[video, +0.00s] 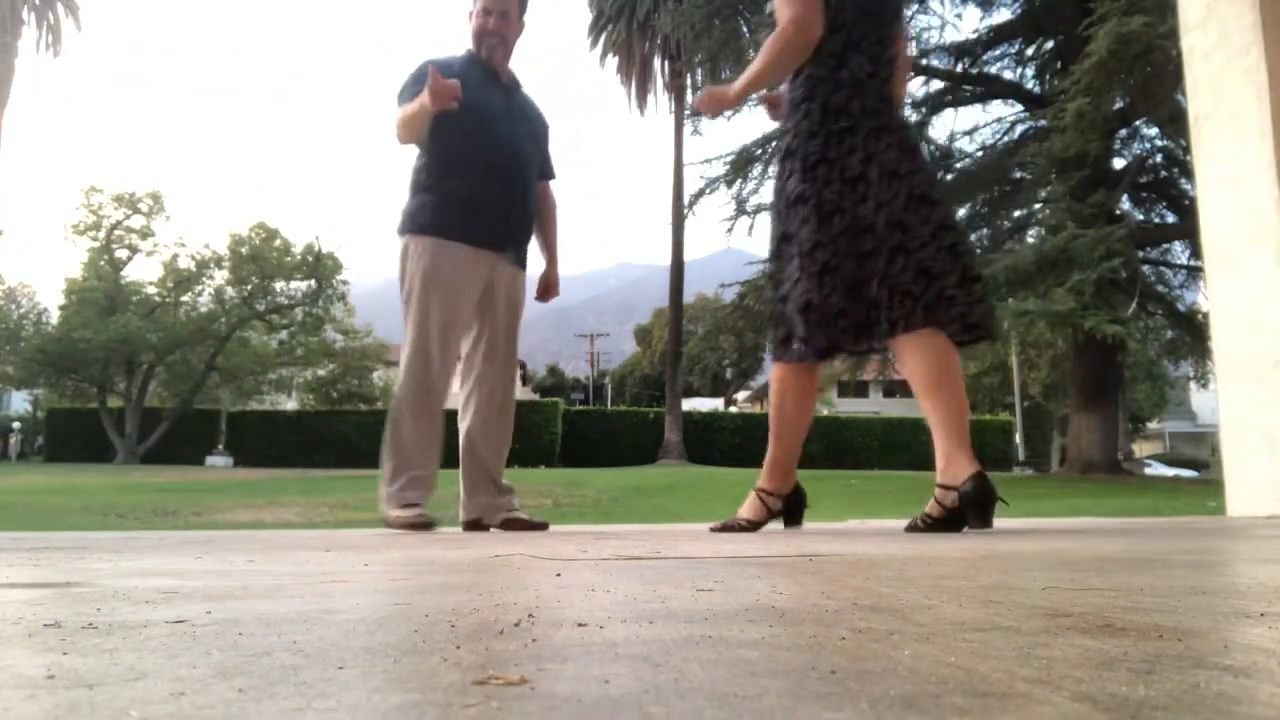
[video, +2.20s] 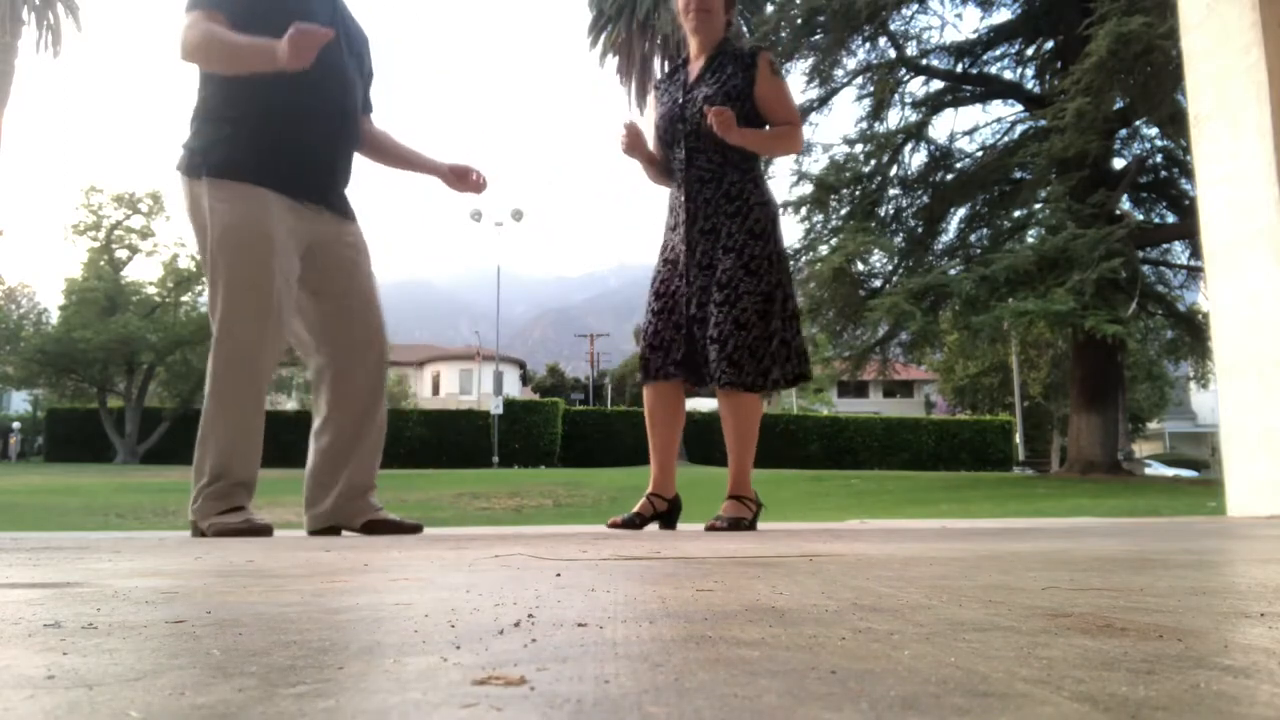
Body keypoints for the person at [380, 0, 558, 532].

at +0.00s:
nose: (493, 24)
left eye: (505, 16)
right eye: (486, 13)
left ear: (521, 27)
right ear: (472, 18)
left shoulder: (531, 114)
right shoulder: (439, 70)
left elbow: (542, 191)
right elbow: (405, 131)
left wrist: (550, 261)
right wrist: (428, 106)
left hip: (507, 256)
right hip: (441, 243)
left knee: (493, 380)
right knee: (425, 370)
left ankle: (486, 504)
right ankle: (405, 498)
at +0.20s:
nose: (471, 17)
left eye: (482, 9)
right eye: (462, 7)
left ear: (496, 20)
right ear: (446, 12)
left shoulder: (506, 110)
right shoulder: (416, 68)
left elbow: (517, 187)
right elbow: (378, 120)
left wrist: (532, 259)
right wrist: (407, 130)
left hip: (485, 254)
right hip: (418, 241)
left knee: (481, 379)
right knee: (388, 364)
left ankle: (484, 506)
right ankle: (340, 494)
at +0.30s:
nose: (452, 11)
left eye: (464, 5)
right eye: (443, 2)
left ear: (476, 16)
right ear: (427, 9)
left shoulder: (488, 109)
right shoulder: (393, 64)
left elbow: (501, 186)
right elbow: (362, 130)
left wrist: (524, 256)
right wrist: (377, 178)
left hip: (471, 255)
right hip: (401, 241)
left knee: (473, 378)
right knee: (368, 366)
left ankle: (484, 506)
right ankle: (313, 499)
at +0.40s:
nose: (435, 8)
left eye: (443, 3)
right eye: (426, 0)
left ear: (453, 13)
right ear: (407, 6)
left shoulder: (468, 104)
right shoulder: (372, 58)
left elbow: (482, 185)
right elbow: (341, 139)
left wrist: (519, 247)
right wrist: (330, 223)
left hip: (448, 260)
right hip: (375, 243)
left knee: (462, 384)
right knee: (344, 373)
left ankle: (485, 506)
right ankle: (306, 503)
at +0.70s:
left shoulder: (432, 60)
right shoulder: (327, 15)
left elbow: (469, 142)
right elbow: (271, 101)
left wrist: (529, 186)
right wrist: (258, 198)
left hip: (415, 229)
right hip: (334, 220)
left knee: (424, 363)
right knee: (317, 362)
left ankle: (410, 503)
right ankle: (303, 503)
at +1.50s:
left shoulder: (377, 29)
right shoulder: (266, 1)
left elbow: (384, 123)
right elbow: (214, 43)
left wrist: (465, 160)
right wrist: (247, 135)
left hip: (360, 206)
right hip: (282, 188)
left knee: (375, 353)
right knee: (257, 346)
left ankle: (366, 500)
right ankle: (221, 505)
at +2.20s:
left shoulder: (352, 32)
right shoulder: (243, 1)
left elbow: (358, 129)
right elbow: (195, 41)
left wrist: (439, 168)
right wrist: (277, 54)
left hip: (323, 201)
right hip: (241, 181)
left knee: (358, 351)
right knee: (247, 343)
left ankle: (341, 505)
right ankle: (219, 506)